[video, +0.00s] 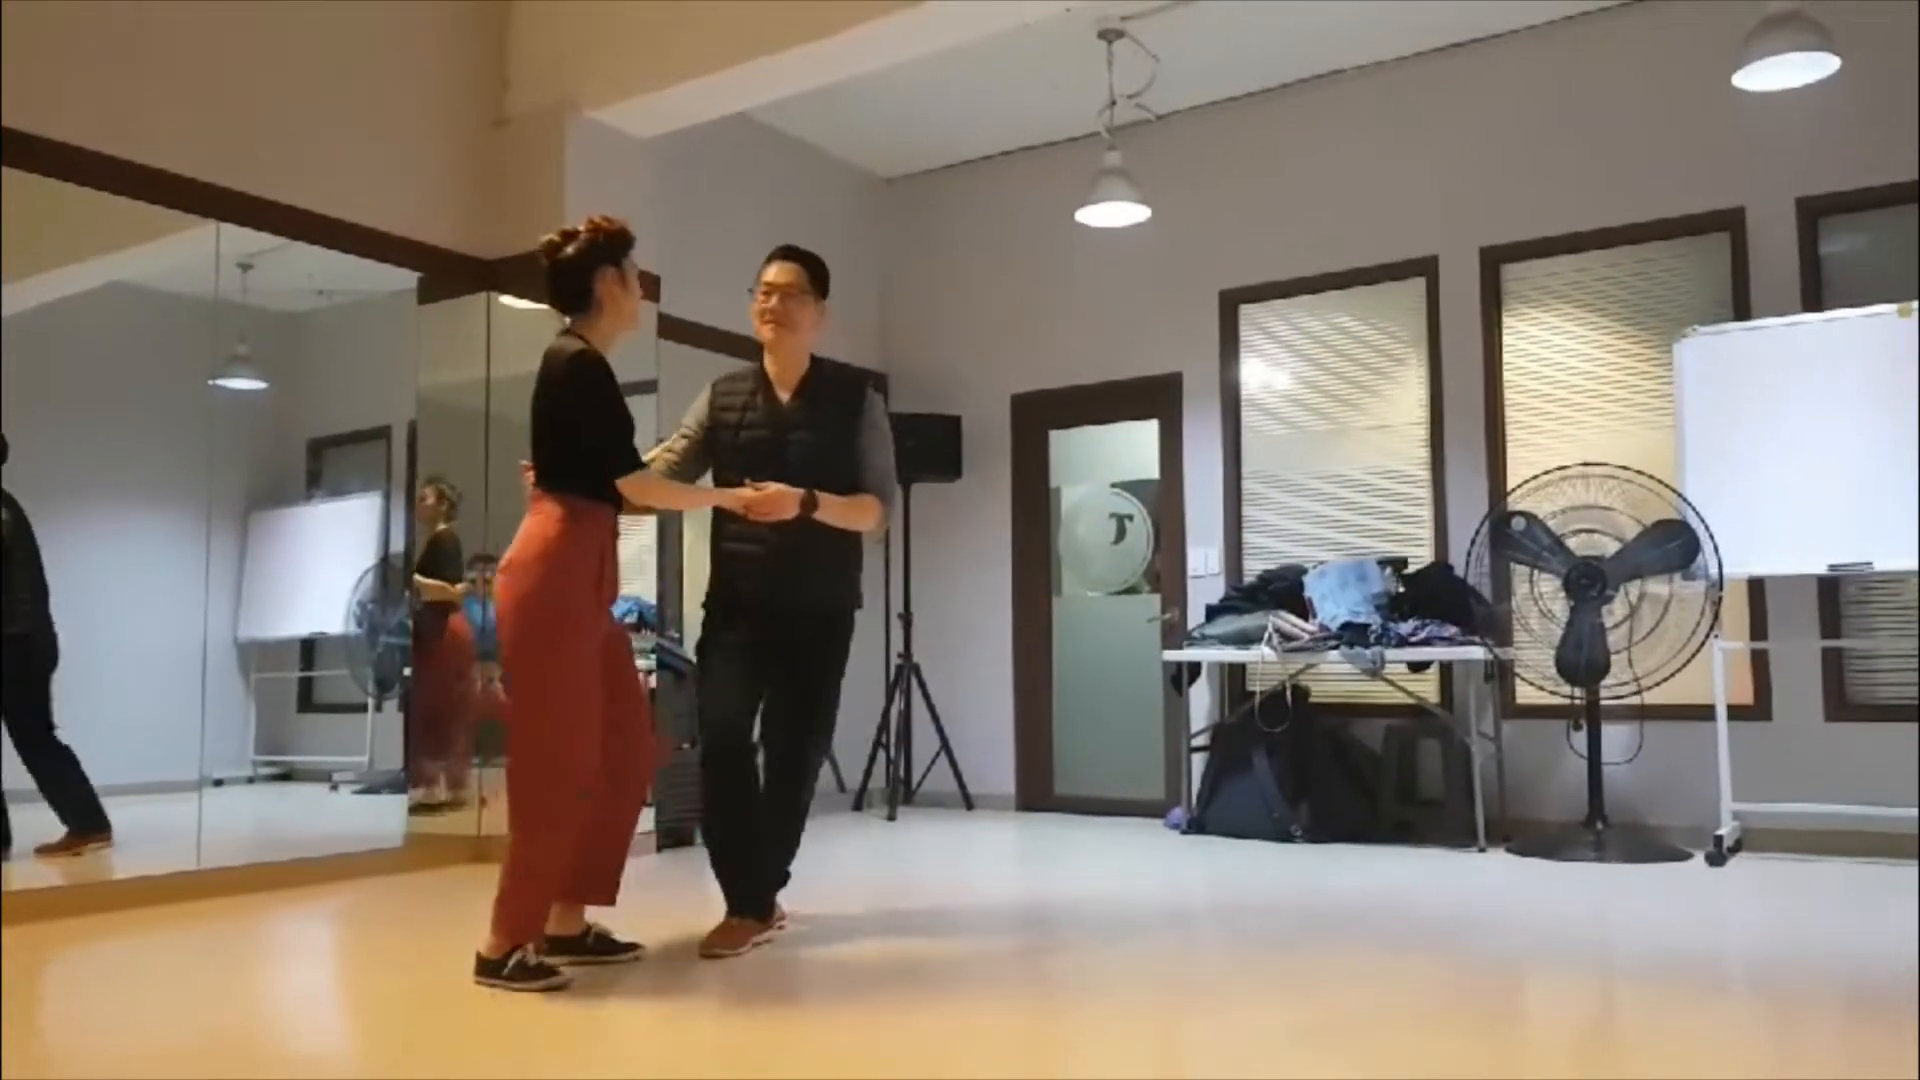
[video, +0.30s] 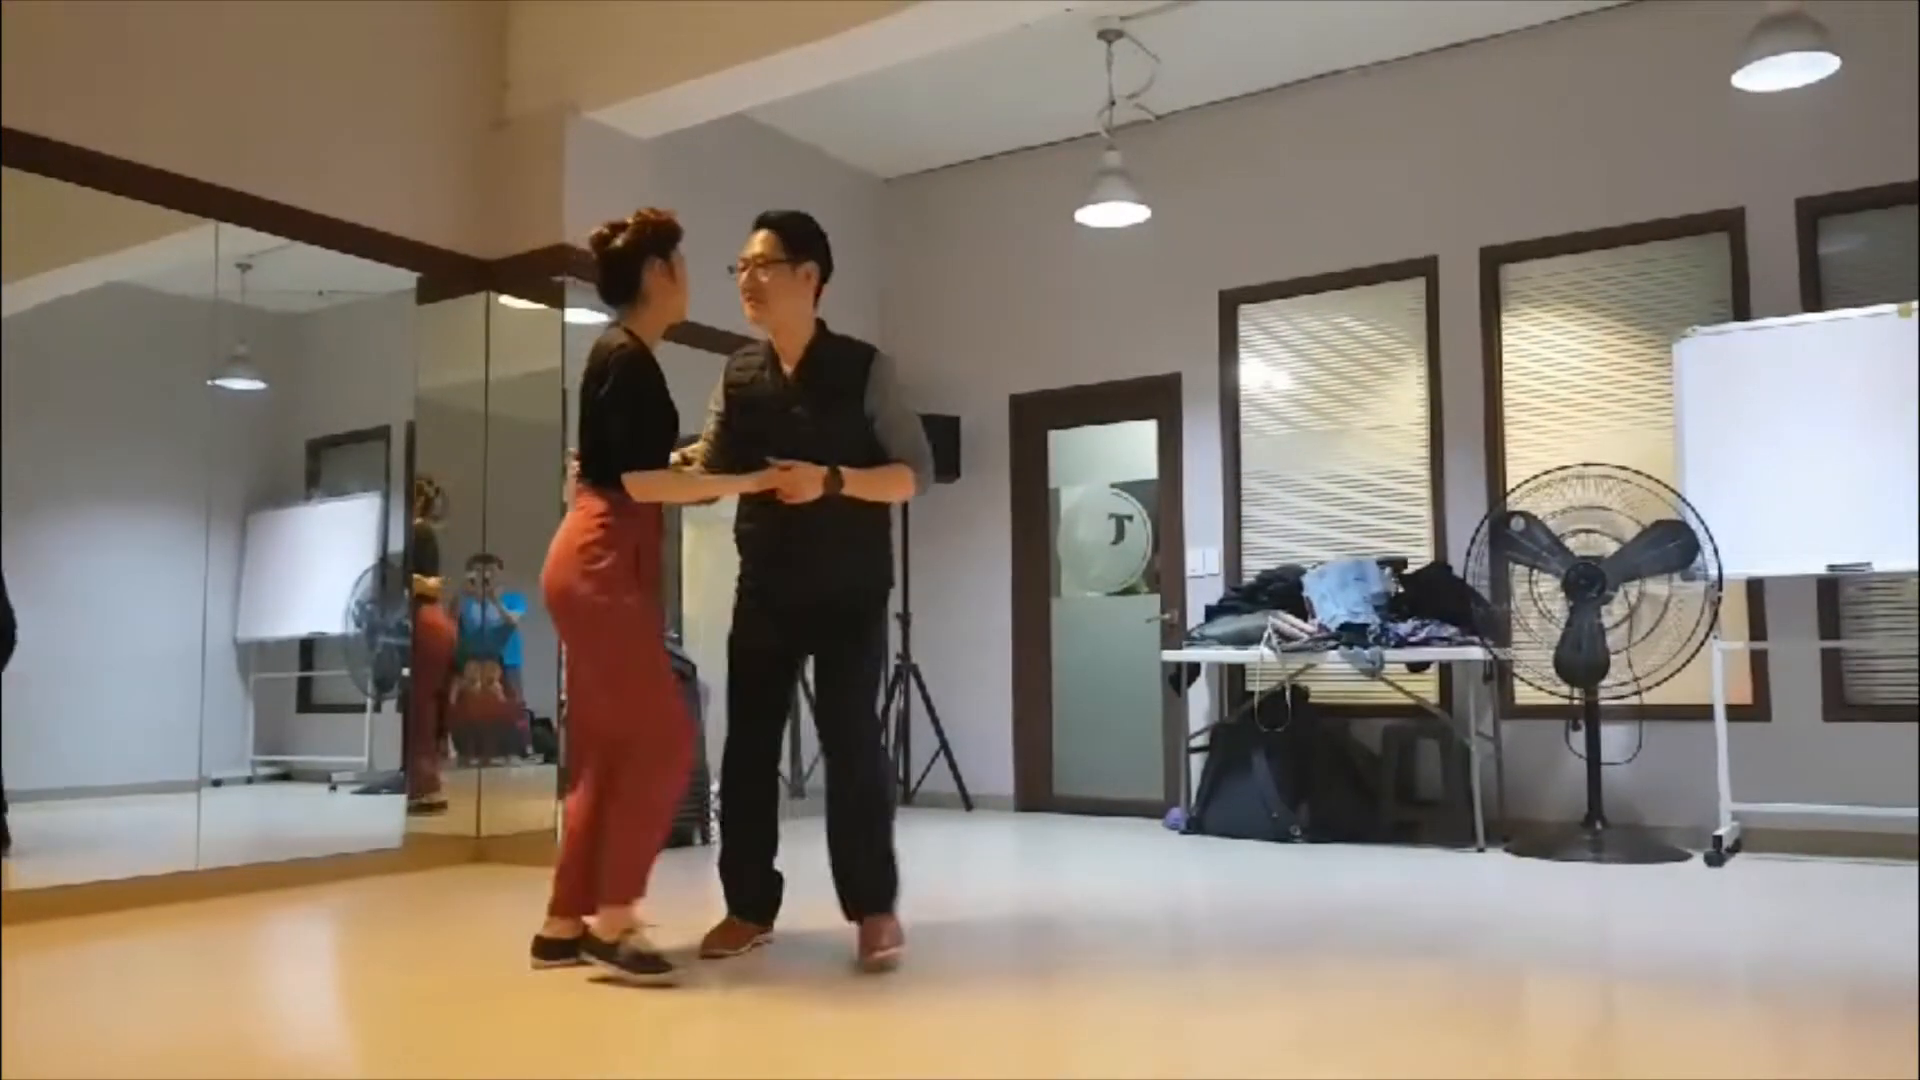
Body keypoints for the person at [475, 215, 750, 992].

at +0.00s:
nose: (644, 294)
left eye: (638, 280)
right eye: (634, 280)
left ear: (592, 289)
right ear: (606, 286)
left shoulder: (581, 367)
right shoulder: (577, 369)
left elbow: (612, 480)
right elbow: (629, 483)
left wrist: (691, 493)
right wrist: (721, 496)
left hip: (575, 581)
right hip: (549, 582)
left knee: (628, 746)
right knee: (559, 756)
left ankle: (565, 921)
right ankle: (505, 945)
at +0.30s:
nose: (688, 283)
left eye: (683, 269)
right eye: (681, 269)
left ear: (633, 280)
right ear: (656, 277)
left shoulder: (615, 357)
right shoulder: (627, 364)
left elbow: (615, 472)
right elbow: (642, 480)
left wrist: (696, 464)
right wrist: (748, 482)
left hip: (590, 566)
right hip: (605, 572)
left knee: (608, 742)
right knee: (666, 736)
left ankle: (564, 922)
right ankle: (613, 921)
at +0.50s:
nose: (702, 287)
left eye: (697, 273)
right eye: (695, 273)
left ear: (647, 284)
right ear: (671, 281)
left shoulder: (628, 360)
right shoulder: (639, 367)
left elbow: (647, 477)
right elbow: (653, 486)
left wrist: (726, 463)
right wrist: (769, 493)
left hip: (614, 571)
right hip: (624, 578)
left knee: (633, 747)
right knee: (692, 739)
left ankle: (569, 922)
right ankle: (688, 934)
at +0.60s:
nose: (709, 283)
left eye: (703, 270)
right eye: (701, 270)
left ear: (654, 281)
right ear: (676, 277)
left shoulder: (635, 358)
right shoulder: (644, 364)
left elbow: (657, 477)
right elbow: (667, 482)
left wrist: (739, 467)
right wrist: (783, 489)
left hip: (628, 571)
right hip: (633, 576)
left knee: (671, 748)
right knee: (700, 740)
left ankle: (580, 910)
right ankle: (692, 934)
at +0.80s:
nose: (724, 276)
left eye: (721, 261)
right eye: (717, 260)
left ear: (679, 266)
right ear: (687, 264)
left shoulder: (663, 347)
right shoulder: (652, 347)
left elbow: (698, 446)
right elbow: (700, 455)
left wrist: (780, 450)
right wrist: (805, 456)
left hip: (659, 553)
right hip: (641, 556)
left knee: (675, 733)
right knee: (694, 732)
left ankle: (598, 909)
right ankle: (689, 928)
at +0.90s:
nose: (731, 279)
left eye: (728, 264)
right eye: (723, 264)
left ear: (689, 268)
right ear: (691, 267)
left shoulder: (684, 353)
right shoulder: (652, 348)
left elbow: (706, 462)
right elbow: (710, 449)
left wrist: (760, 457)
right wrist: (814, 454)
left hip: (670, 559)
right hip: (641, 560)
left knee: (669, 727)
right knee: (716, 727)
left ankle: (593, 912)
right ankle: (697, 923)